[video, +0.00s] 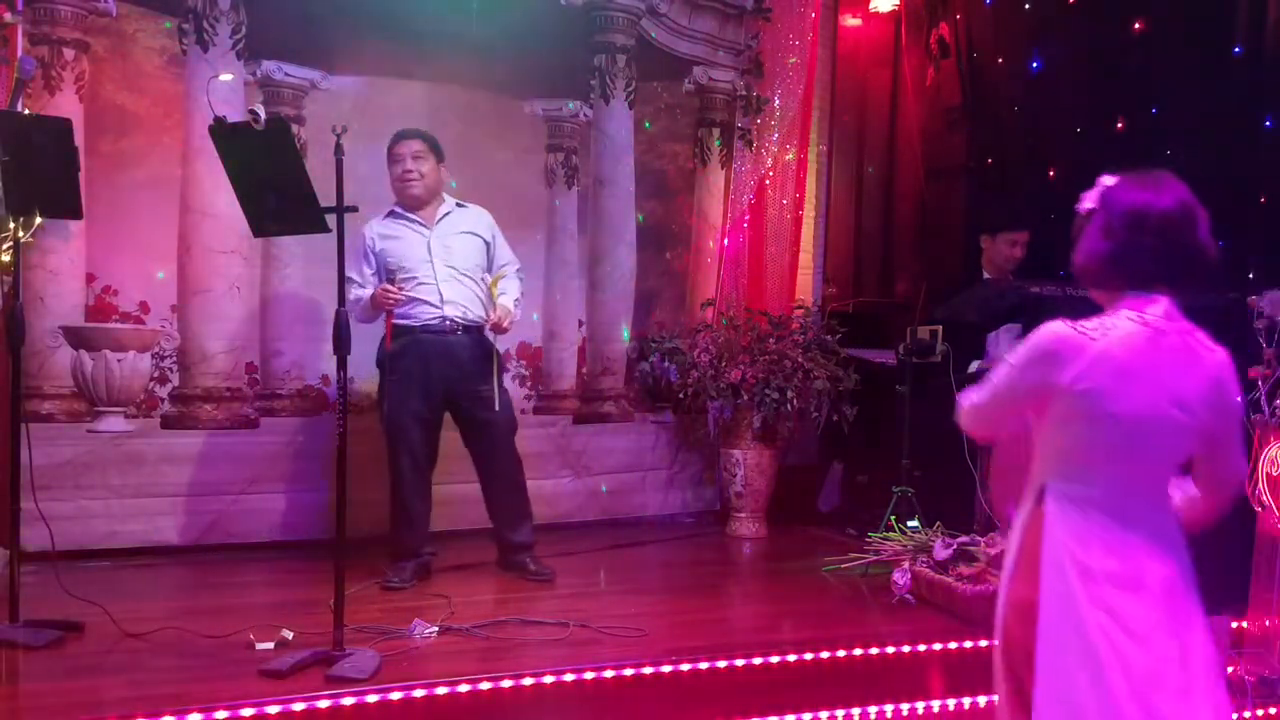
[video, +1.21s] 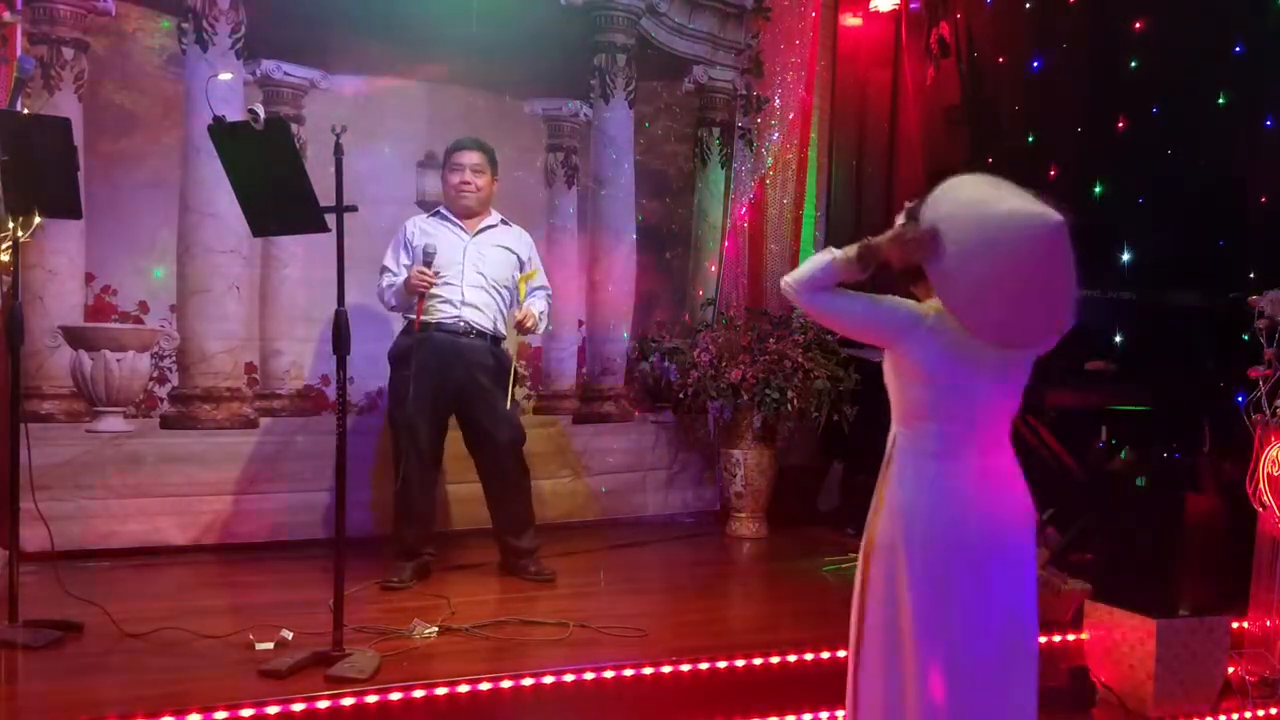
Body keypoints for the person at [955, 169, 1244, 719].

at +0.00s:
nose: (1077, 237)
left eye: (1086, 223)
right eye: (1081, 221)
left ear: (1112, 242)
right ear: (1177, 248)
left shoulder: (1066, 344)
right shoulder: (1212, 363)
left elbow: (975, 417)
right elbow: (1220, 485)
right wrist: (1151, 505)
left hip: (1066, 540)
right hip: (1154, 545)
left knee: (1070, 692)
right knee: (1159, 693)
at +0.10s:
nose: (1054, 225)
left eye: (1065, 216)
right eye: (1059, 214)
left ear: (1091, 236)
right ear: (1144, 244)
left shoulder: (1047, 331)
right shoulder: (1183, 350)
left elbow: (943, 368)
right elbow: (1195, 451)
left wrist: (989, 325)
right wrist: (1138, 434)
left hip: (1047, 533)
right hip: (1132, 535)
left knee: (1051, 681)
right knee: (1139, 683)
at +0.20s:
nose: (1036, 218)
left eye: (1047, 209)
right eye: (1043, 206)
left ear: (1065, 232)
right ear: (1128, 241)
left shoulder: (1028, 322)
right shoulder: (1162, 340)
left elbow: (926, 314)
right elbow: (1177, 401)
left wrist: (960, 252)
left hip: (1029, 530)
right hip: (1117, 532)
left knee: (1023, 682)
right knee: (1118, 685)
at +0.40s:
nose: (998, 225)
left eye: (1008, 211)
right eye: (1004, 210)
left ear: (1027, 226)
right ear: (1097, 233)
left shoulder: (1006, 309)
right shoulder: (1130, 317)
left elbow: (905, 243)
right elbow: (1145, 268)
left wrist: (928, 156)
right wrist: (1113, 195)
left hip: (1010, 502)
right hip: (1091, 500)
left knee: (1002, 658)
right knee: (1090, 660)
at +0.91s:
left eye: (938, 264)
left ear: (951, 270)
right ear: (1014, 261)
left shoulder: (945, 329)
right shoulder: (1059, 330)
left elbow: (833, 279)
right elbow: (1122, 296)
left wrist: (903, 228)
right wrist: (1103, 220)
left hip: (953, 506)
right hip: (1031, 502)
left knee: (952, 646)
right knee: (1028, 648)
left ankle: (950, 717)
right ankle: (1026, 719)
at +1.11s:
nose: (927, 264)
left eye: (933, 253)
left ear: (944, 264)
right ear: (1009, 265)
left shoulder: (920, 331)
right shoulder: (1033, 342)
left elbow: (808, 294)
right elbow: (1087, 313)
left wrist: (874, 264)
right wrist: (1070, 244)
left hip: (934, 506)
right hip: (1011, 500)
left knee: (928, 651)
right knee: (1006, 654)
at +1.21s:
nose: (917, 252)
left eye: (925, 241)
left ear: (944, 259)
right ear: (996, 263)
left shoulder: (911, 324)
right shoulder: (1020, 339)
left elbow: (801, 286)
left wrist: (878, 250)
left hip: (921, 499)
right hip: (999, 494)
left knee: (912, 641)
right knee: (994, 649)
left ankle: (911, 718)